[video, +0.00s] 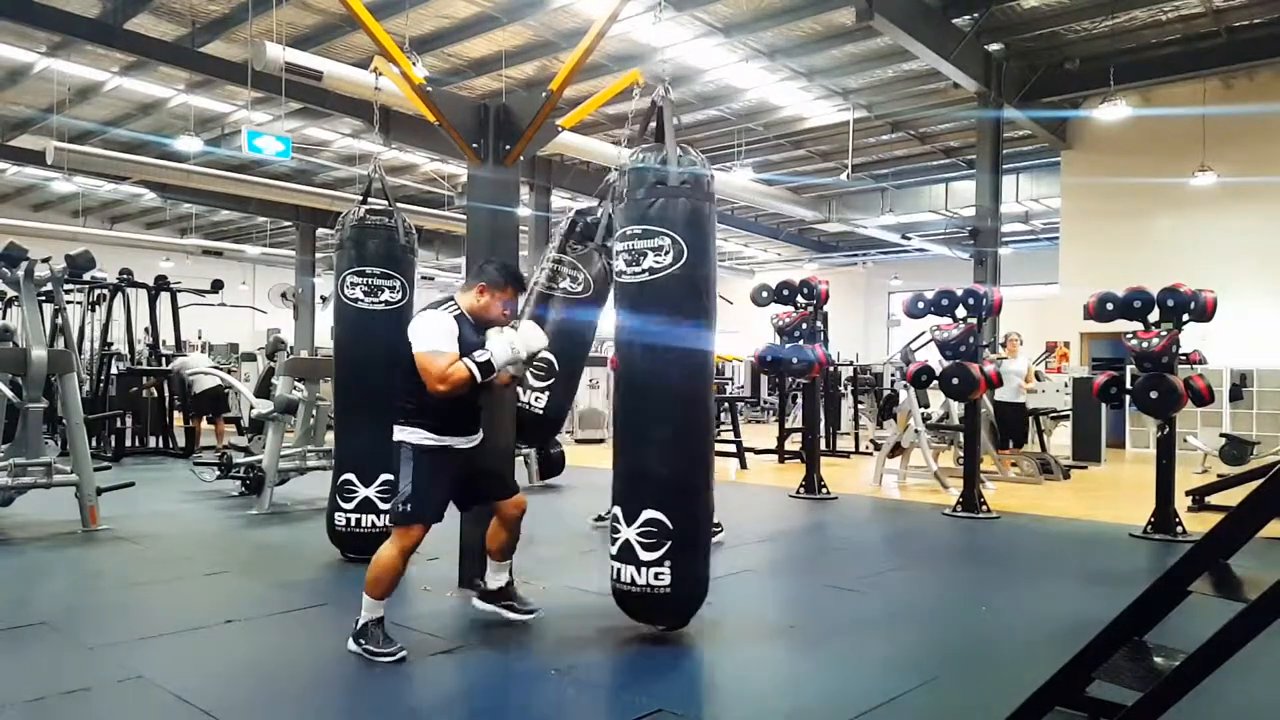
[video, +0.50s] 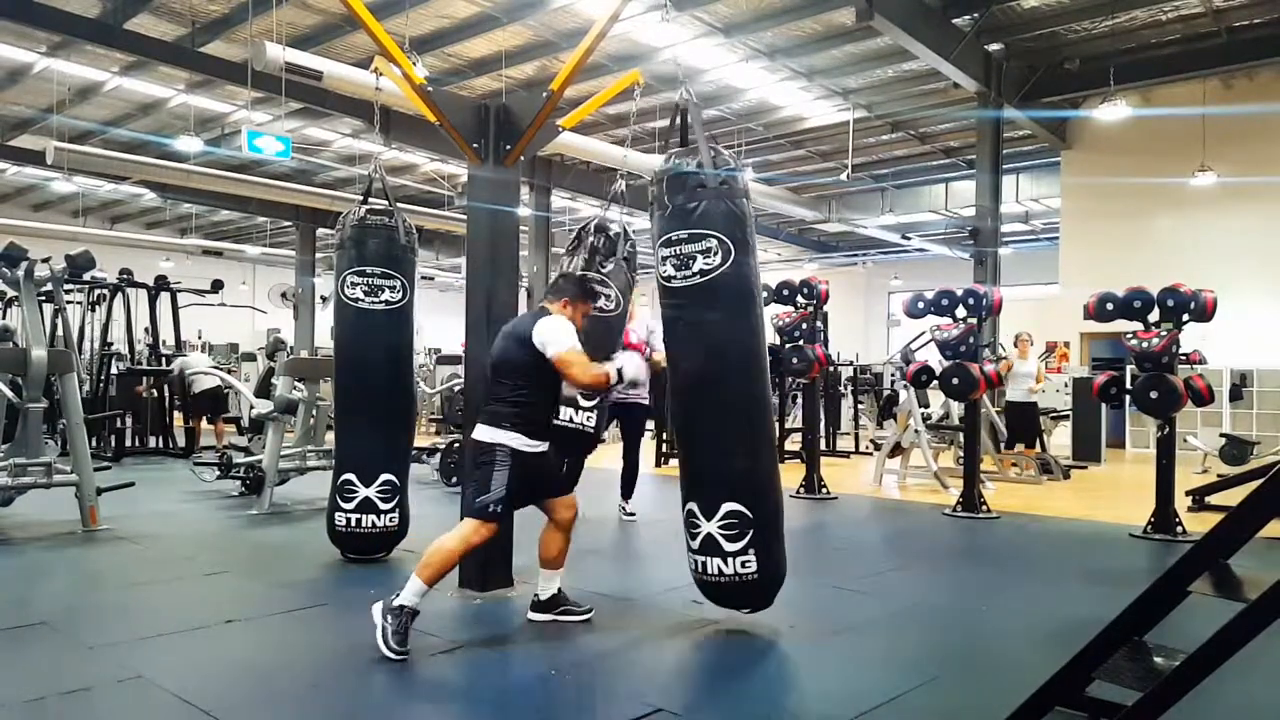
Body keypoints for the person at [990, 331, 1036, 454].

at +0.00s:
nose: (1014, 343)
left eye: (1016, 340)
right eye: (1011, 340)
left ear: (1020, 343)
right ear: (1005, 343)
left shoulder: (1026, 361)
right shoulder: (998, 359)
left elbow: (1032, 382)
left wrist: (1026, 386)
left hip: (1019, 400)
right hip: (1001, 400)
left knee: (1020, 437)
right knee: (1003, 436)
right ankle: (1005, 467)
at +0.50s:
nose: (1024, 343)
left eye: (1027, 341)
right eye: (1021, 341)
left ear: (1031, 344)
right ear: (1016, 343)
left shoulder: (1035, 362)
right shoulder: (1010, 359)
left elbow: (1041, 381)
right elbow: (1000, 373)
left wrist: (1036, 387)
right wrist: (1005, 365)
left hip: (1030, 401)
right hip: (1013, 400)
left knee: (1032, 437)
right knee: (1012, 436)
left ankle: (1028, 468)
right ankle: (1006, 468)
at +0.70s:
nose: (1031, 345)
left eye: (1033, 342)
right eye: (1028, 342)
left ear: (1037, 344)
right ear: (1022, 345)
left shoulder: (1038, 362)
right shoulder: (1017, 361)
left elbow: (1042, 379)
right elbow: (1015, 373)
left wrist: (1043, 381)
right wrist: (1023, 360)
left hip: (1036, 398)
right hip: (1020, 399)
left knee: (1033, 437)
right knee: (1017, 437)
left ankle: (1028, 468)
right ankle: (1008, 467)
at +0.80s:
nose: (1036, 347)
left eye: (1038, 344)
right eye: (1033, 343)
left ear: (1039, 345)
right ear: (1027, 344)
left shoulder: (1035, 360)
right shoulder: (1020, 361)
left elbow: (1036, 382)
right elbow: (1034, 372)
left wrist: (1046, 390)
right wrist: (1035, 358)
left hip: (1038, 400)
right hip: (1025, 401)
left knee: (1033, 437)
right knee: (1021, 436)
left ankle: (1029, 468)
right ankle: (1010, 467)